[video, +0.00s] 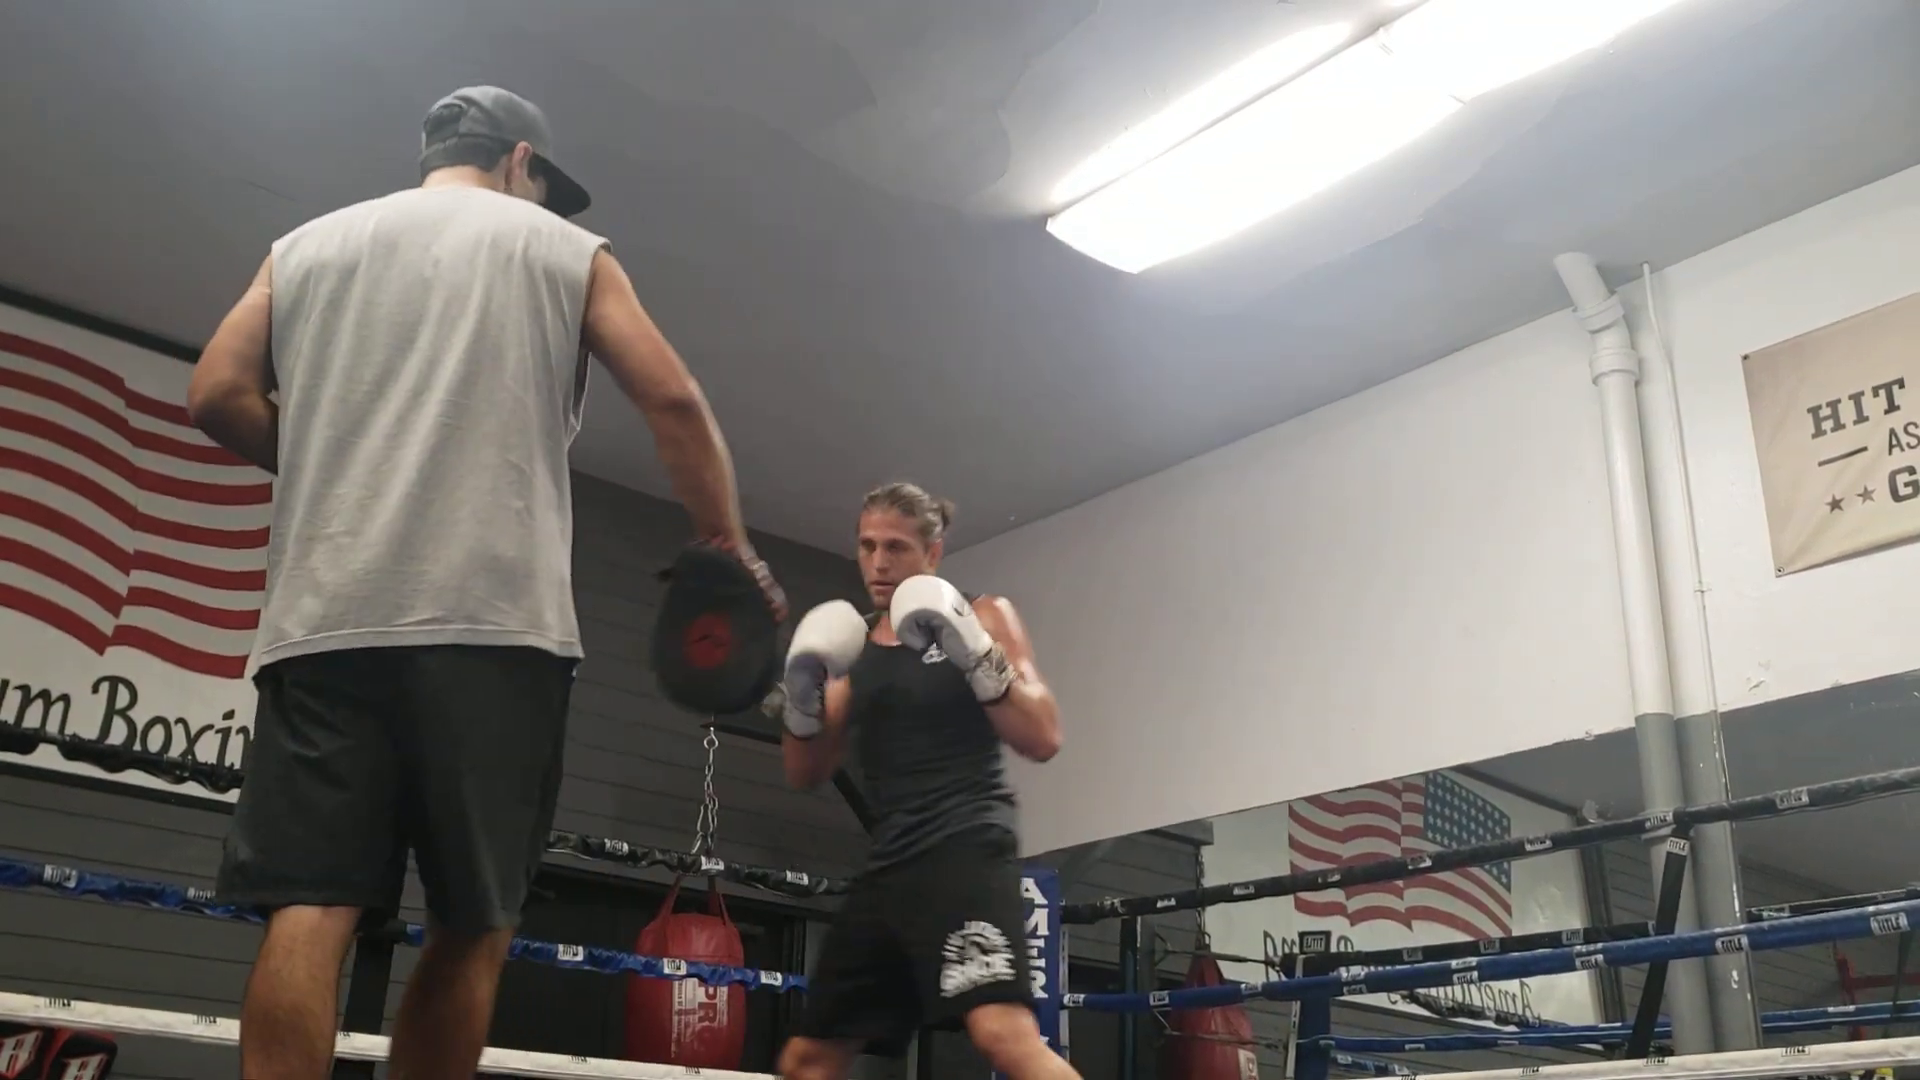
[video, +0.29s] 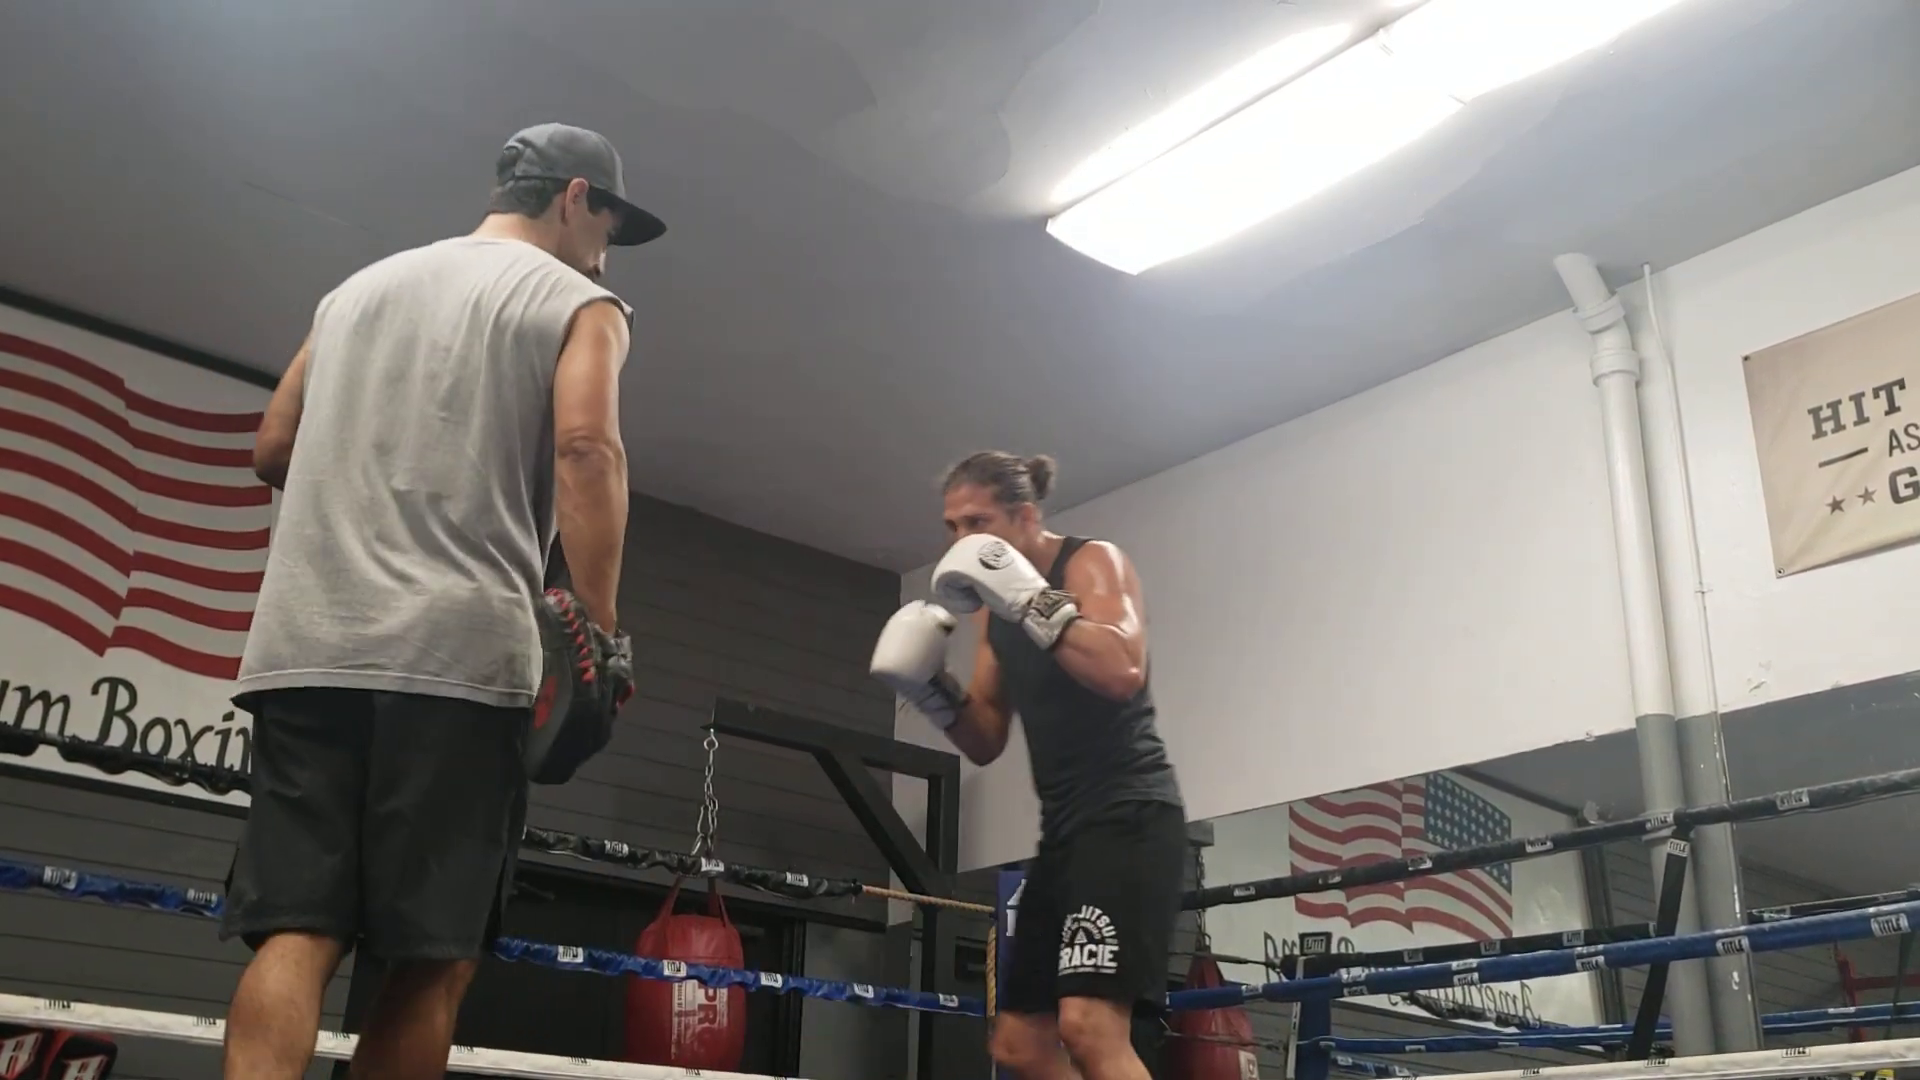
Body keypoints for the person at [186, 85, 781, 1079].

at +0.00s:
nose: (545, 203)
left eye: (546, 190)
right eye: (546, 186)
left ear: (424, 161)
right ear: (517, 163)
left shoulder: (308, 245)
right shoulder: (560, 249)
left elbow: (217, 391)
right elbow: (675, 399)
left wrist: (322, 455)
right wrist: (728, 544)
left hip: (326, 617)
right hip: (498, 626)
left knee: (311, 906)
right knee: (473, 927)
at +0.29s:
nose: (608, 257)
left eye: (614, 234)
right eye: (609, 227)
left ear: (495, 197)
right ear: (572, 200)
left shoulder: (360, 290)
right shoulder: (576, 302)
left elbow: (273, 451)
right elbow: (585, 445)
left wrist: (391, 457)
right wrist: (598, 628)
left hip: (303, 643)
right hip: (460, 665)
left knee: (296, 929)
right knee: (428, 963)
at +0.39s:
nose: (618, 264)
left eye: (624, 239)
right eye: (619, 232)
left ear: (514, 203)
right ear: (581, 205)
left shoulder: (378, 307)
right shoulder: (579, 305)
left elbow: (306, 465)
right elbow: (582, 452)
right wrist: (601, 643)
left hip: (318, 668)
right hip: (471, 680)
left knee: (289, 948)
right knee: (422, 973)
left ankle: (228, 1074)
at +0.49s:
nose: (622, 264)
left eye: (629, 240)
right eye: (623, 232)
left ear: (522, 207)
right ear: (581, 204)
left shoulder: (396, 323)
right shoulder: (573, 305)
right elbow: (585, 457)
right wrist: (624, 636)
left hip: (355, 688)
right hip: (480, 686)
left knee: (316, 961)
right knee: (425, 966)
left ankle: (231, 1071)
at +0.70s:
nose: (631, 266)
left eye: (637, 244)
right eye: (629, 237)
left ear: (547, 223)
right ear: (583, 215)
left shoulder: (470, 324)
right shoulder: (549, 302)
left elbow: (487, 508)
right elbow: (556, 446)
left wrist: (603, 476)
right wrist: (647, 598)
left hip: (435, 688)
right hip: (492, 689)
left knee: (439, 964)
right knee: (435, 968)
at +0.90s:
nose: (655, 295)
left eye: (662, 275)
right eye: (652, 266)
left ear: (598, 250)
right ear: (603, 243)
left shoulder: (554, 362)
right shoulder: (543, 329)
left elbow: (588, 557)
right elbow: (532, 463)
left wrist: (687, 478)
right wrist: (652, 594)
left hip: (548, 706)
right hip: (515, 699)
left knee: (561, 985)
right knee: (460, 965)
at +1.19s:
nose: (716, 360)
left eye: (720, 343)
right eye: (708, 335)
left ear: (663, 326)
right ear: (657, 317)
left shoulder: (641, 465)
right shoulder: (587, 405)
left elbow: (719, 580)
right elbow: (557, 519)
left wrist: (773, 491)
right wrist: (686, 627)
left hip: (653, 760)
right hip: (591, 745)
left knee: (650, 1014)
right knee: (527, 981)